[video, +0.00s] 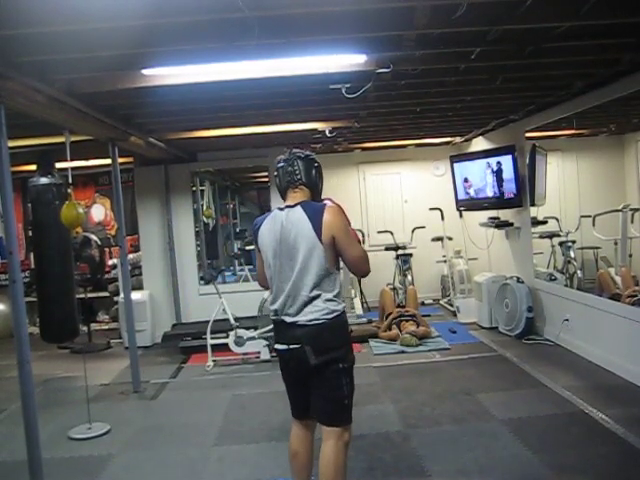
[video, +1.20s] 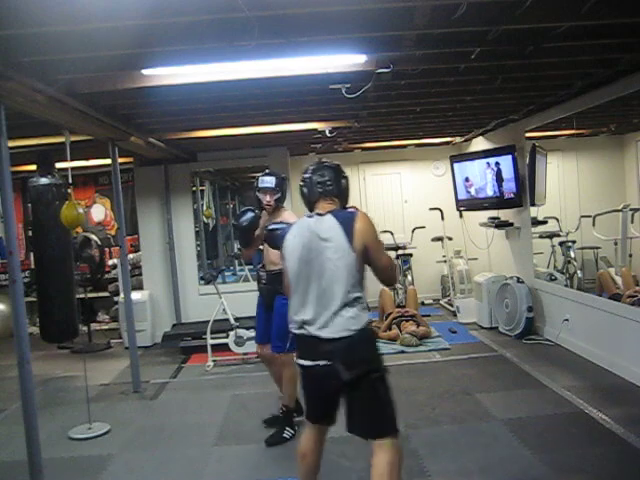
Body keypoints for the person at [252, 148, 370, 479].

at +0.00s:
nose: (319, 182)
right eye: (317, 177)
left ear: (279, 184)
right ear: (313, 179)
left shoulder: (264, 226)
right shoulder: (327, 213)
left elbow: (263, 280)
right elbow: (361, 268)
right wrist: (353, 241)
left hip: (285, 337)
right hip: (327, 336)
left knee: (301, 422)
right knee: (335, 430)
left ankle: (300, 476)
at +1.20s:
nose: (343, 192)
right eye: (343, 186)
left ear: (307, 193)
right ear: (342, 190)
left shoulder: (292, 234)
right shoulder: (356, 222)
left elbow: (290, 288)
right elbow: (389, 276)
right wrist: (367, 244)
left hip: (309, 351)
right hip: (354, 348)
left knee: (314, 426)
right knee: (384, 437)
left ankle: (305, 475)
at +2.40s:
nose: (457, 188)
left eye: (457, 178)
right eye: (455, 179)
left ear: (474, 171)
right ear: (503, 165)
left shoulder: (475, 214)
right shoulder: (550, 199)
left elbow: (458, 284)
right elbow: (549, 252)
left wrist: (436, 247)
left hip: (498, 339)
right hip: (553, 334)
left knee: (473, 418)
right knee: (552, 438)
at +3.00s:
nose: (462, 189)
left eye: (464, 182)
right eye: (460, 182)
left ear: (480, 178)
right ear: (492, 176)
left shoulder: (499, 211)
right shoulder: (521, 204)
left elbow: (478, 271)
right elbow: (496, 260)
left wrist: (449, 238)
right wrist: (468, 229)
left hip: (516, 319)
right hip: (542, 313)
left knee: (503, 406)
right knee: (541, 385)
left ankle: (520, 474)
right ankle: (568, 453)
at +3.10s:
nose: (472, 197)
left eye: (474, 190)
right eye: (470, 191)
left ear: (490, 187)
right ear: (498, 186)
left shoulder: (510, 218)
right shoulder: (520, 213)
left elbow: (487, 276)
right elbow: (495, 264)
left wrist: (460, 241)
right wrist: (471, 233)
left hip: (521, 318)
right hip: (535, 314)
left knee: (509, 406)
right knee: (538, 387)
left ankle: (521, 474)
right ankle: (574, 444)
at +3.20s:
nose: (478, 207)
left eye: (480, 200)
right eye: (475, 201)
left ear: (497, 194)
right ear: (501, 194)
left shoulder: (522, 227)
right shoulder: (508, 225)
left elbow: (502, 281)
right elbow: (498, 275)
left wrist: (475, 250)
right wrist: (475, 249)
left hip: (529, 317)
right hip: (524, 314)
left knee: (499, 399)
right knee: (538, 385)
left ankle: (516, 474)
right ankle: (577, 446)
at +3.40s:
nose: (463, 193)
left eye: (466, 187)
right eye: (461, 188)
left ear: (482, 184)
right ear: (481, 185)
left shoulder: (510, 208)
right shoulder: (484, 211)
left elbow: (496, 247)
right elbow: (475, 251)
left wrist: (455, 226)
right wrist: (454, 226)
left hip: (522, 294)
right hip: (508, 293)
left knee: (495, 374)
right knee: (534, 369)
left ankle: (518, 435)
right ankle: (572, 431)